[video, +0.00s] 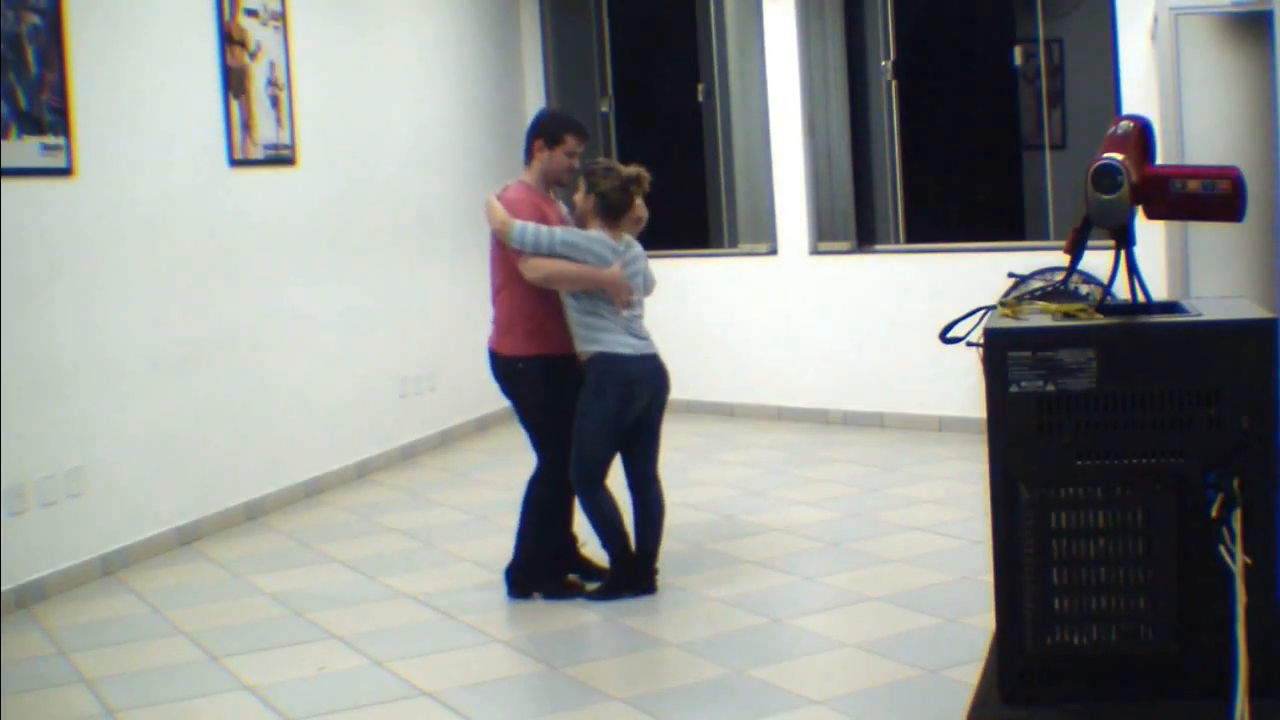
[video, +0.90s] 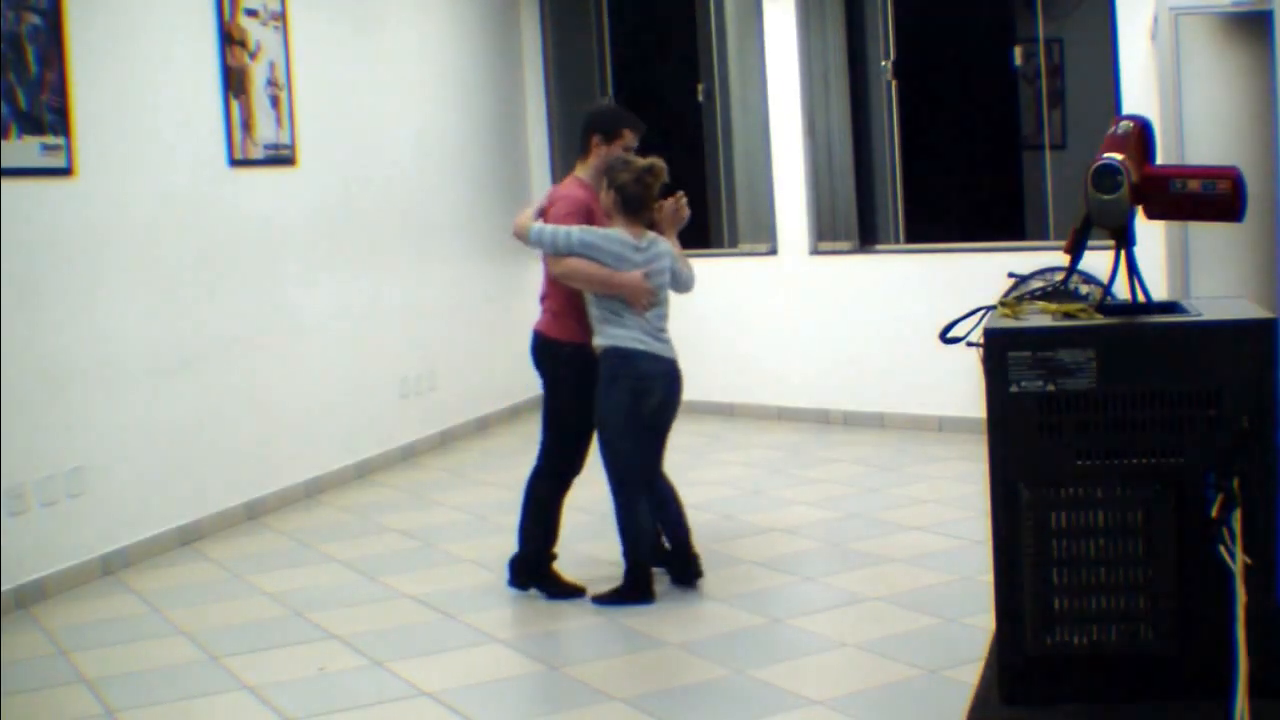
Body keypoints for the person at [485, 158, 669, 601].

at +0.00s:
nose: (573, 198)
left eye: (578, 192)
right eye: (575, 191)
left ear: (586, 202)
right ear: (629, 209)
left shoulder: (584, 244)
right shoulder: (634, 255)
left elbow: (504, 226)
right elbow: (648, 285)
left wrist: (490, 199)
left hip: (610, 371)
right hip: (651, 372)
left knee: (585, 477)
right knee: (645, 478)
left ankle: (624, 568)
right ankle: (644, 571)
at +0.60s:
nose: (575, 200)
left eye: (578, 194)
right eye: (577, 193)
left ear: (583, 203)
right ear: (626, 208)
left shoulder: (580, 247)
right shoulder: (636, 255)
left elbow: (502, 241)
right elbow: (655, 292)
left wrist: (502, 213)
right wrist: (631, 241)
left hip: (604, 370)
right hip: (645, 377)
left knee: (611, 481)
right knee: (609, 476)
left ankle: (631, 582)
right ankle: (631, 575)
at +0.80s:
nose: (614, 162)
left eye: (617, 153)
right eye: (608, 152)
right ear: (581, 149)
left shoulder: (591, 205)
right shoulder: (557, 203)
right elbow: (552, 269)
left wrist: (648, 234)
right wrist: (618, 284)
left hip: (592, 346)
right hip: (555, 348)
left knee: (616, 462)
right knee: (558, 463)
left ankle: (639, 556)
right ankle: (529, 566)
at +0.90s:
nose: (627, 159)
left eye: (631, 150)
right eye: (623, 148)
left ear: (603, 149)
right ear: (596, 145)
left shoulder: (608, 199)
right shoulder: (569, 200)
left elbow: (633, 256)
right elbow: (562, 267)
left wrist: (664, 232)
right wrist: (624, 284)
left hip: (606, 343)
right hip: (567, 345)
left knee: (629, 458)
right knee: (561, 460)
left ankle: (652, 543)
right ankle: (532, 560)